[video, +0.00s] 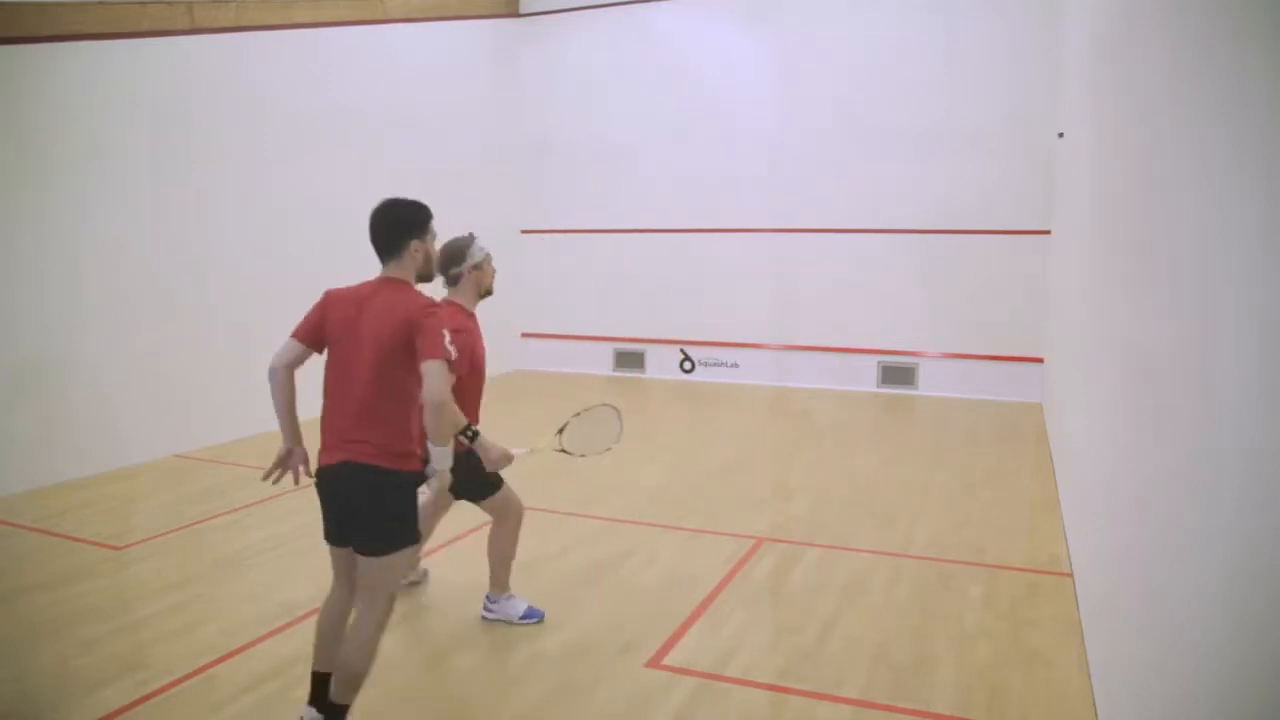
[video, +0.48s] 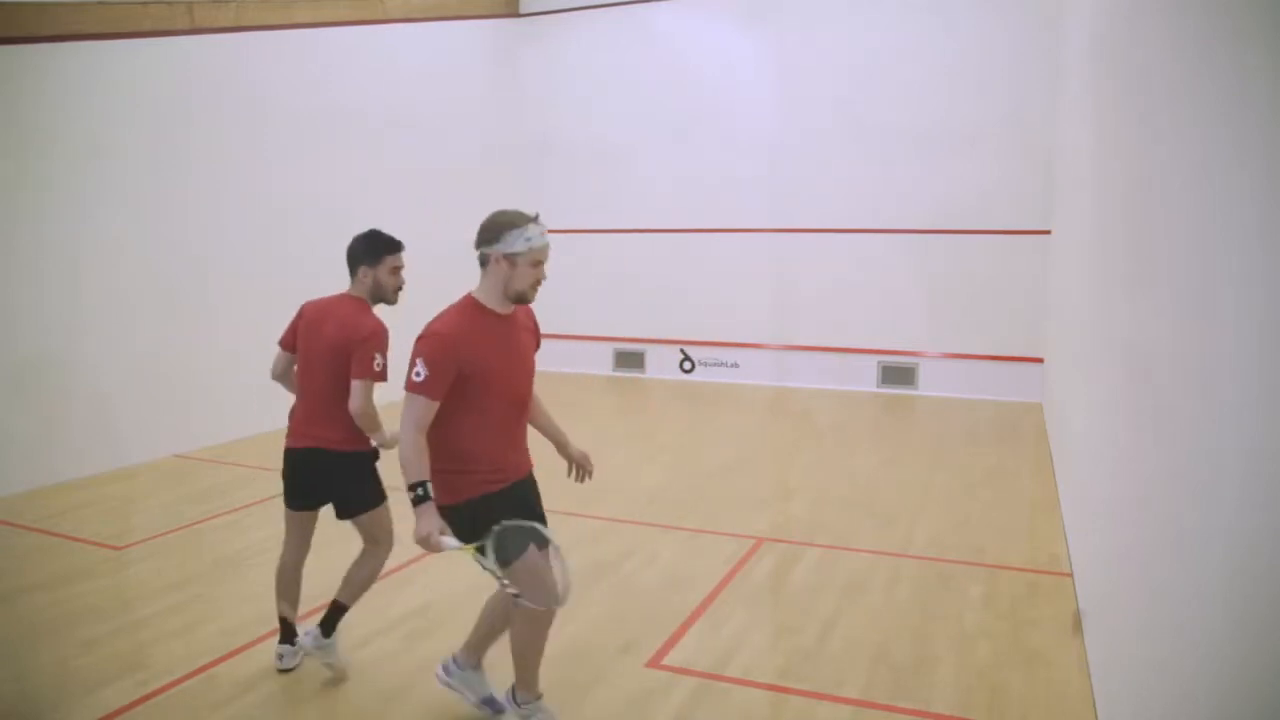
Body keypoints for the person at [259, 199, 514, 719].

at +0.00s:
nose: (437, 249)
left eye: (435, 239)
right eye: (433, 239)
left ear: (382, 247)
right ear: (416, 246)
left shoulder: (337, 302)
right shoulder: (422, 311)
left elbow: (281, 366)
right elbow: (436, 399)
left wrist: (291, 442)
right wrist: (441, 469)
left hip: (334, 472)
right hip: (387, 477)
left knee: (342, 589)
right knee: (374, 606)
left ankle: (319, 704)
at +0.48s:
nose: (402, 279)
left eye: (402, 269)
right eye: (395, 270)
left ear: (360, 273)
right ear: (366, 272)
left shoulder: (311, 310)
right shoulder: (370, 328)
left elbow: (280, 370)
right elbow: (359, 405)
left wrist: (315, 397)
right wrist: (380, 434)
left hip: (300, 455)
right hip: (346, 459)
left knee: (294, 546)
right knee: (379, 542)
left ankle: (286, 643)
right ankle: (324, 631)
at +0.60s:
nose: (410, 283)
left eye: (411, 274)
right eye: (402, 274)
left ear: (369, 276)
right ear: (374, 275)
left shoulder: (328, 310)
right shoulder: (377, 328)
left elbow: (305, 366)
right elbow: (364, 403)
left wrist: (349, 373)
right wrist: (395, 431)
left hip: (311, 449)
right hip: (357, 452)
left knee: (299, 541)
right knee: (402, 514)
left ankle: (288, 641)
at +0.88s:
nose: (451, 309)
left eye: (455, 301)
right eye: (445, 300)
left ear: (422, 297)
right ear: (422, 296)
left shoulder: (386, 322)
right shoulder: (420, 345)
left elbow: (359, 369)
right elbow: (417, 416)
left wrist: (387, 402)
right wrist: (450, 434)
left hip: (354, 440)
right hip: (393, 445)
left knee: (356, 507)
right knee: (444, 503)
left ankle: (321, 568)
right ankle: (451, 580)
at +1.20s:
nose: (470, 300)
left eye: (469, 292)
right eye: (466, 292)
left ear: (441, 299)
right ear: (446, 298)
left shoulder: (405, 324)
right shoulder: (429, 338)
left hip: (371, 428)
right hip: (390, 433)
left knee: (395, 492)